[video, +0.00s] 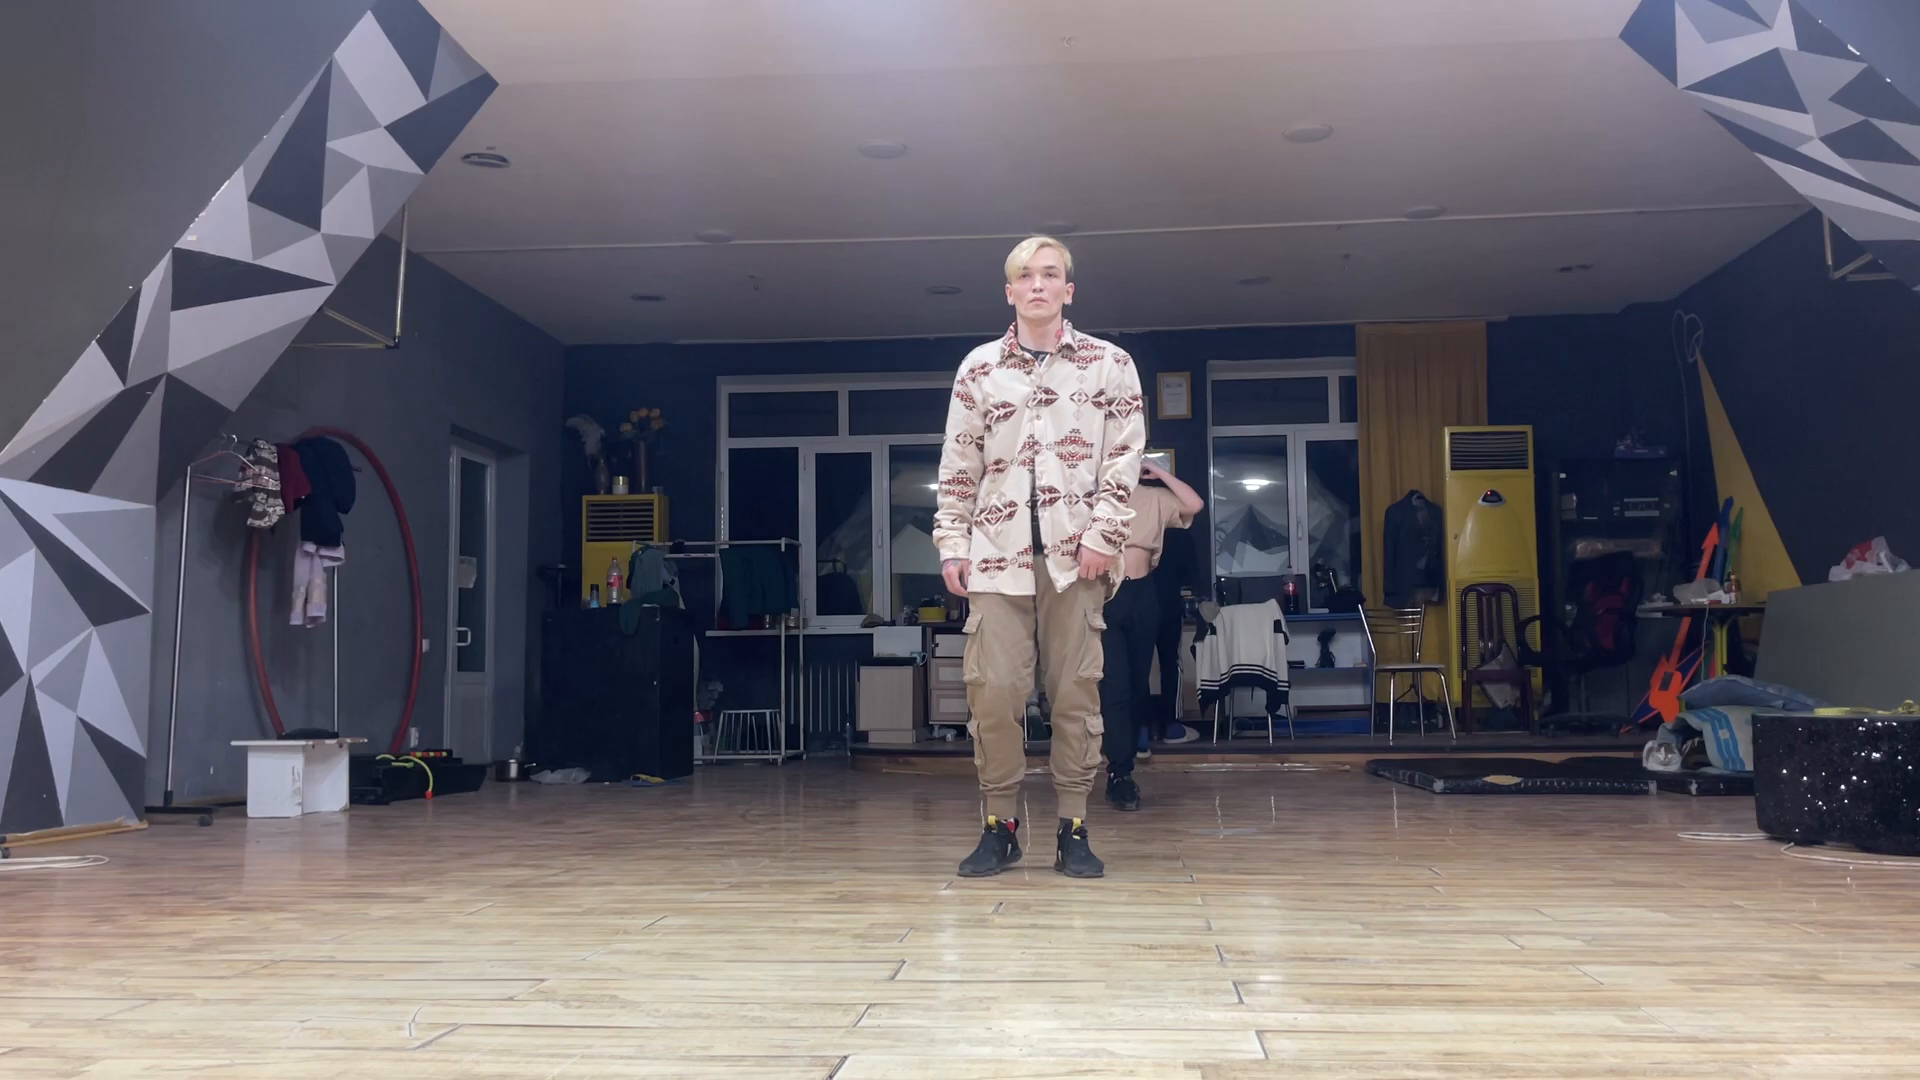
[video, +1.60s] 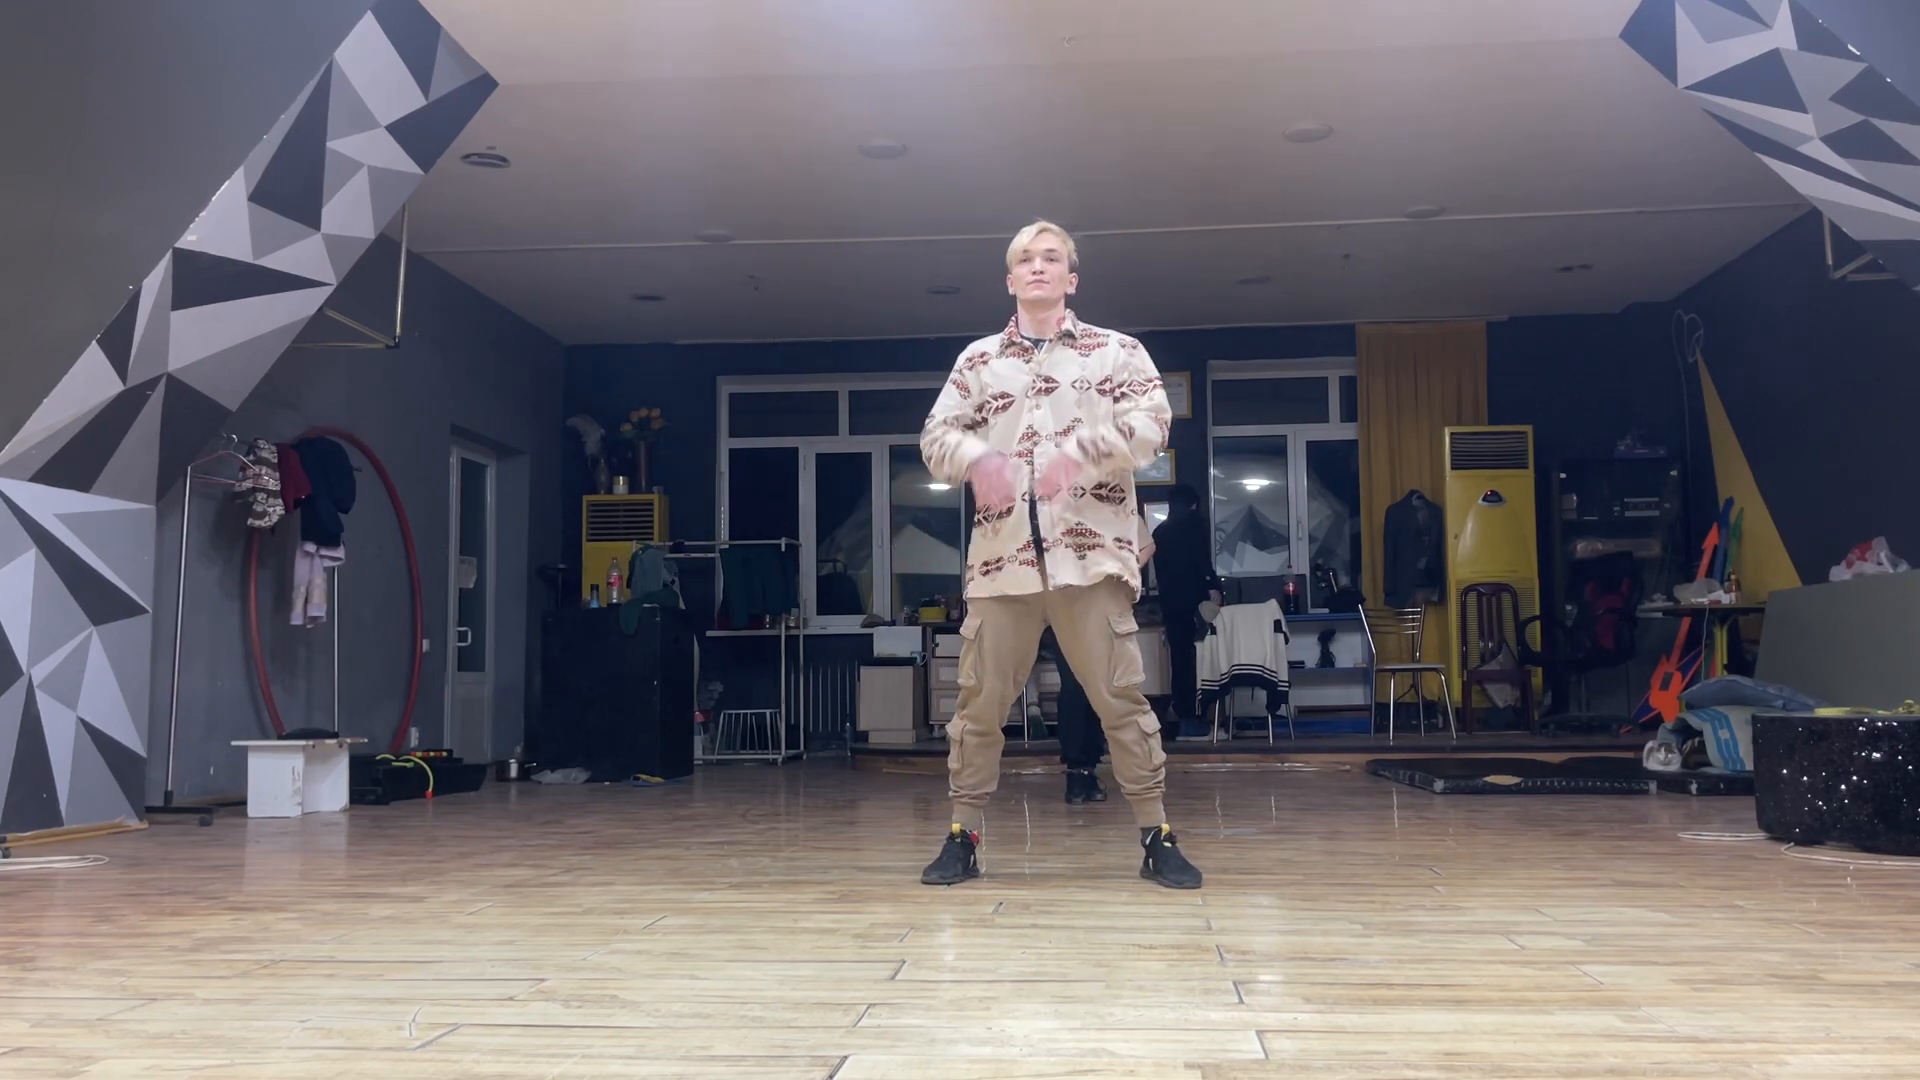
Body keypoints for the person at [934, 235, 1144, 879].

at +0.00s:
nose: (1037, 284)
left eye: (1049, 275)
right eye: (1025, 275)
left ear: (1068, 288)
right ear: (1008, 289)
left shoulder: (1109, 363)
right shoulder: (979, 367)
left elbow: (1125, 460)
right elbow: (957, 466)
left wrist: (1103, 537)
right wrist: (952, 543)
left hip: (1076, 554)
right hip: (995, 555)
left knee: (1073, 693)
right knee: (995, 692)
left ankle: (1074, 830)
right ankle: (1000, 828)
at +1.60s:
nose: (1038, 267)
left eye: (1050, 258)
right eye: (1026, 260)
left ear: (1072, 278)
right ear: (1008, 280)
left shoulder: (1116, 351)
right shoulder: (977, 361)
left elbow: (1150, 427)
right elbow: (937, 437)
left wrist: (1081, 452)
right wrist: (977, 458)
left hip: (1092, 553)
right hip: (1002, 557)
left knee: (1120, 695)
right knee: (981, 700)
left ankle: (1157, 836)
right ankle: (962, 837)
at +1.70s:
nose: (1043, 262)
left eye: (1056, 253)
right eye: (1031, 253)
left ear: (1076, 271)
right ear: (1013, 271)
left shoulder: (1107, 342)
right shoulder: (983, 346)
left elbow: (1158, 394)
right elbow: (937, 418)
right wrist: (972, 362)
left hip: (1091, 561)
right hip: (998, 563)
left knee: (1122, 701)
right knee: (977, 703)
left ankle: (1155, 836)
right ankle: (962, 837)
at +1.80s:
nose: (1055, 266)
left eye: (1066, 257)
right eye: (1041, 257)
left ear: (1084, 270)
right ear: (1019, 272)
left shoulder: (1116, 335)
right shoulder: (995, 337)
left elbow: (1167, 388)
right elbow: (961, 403)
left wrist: (1129, 325)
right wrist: (1011, 335)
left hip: (1094, 562)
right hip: (1004, 564)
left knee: (1137, 690)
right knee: (977, 710)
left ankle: (1098, 834)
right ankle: (961, 837)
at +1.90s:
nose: (1083, 277)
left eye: (1091, 268)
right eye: (1068, 267)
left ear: (1101, 283)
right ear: (1038, 282)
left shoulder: (1116, 371)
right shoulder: (1003, 363)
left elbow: (1147, 457)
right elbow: (998, 462)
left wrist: (1159, 488)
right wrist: (1089, 490)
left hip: (1104, 571)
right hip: (1023, 573)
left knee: (1113, 709)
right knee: (1017, 717)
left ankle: (1051, 846)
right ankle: (962, 822)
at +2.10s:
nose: (1114, 291)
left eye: (1123, 281)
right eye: (1100, 279)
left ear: (1130, 290)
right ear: (1067, 287)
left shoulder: (1100, 371)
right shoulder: (1041, 351)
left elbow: (1109, 469)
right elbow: (1017, 417)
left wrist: (1170, 486)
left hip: (1096, 560)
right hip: (1044, 549)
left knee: (1144, 698)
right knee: (1076, 676)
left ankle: (1061, 839)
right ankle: (973, 831)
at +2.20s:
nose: (1123, 316)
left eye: (1129, 304)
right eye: (1109, 304)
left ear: (1132, 307)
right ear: (1067, 309)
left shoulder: (1103, 375)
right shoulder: (1050, 357)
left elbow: (1116, 378)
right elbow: (1020, 316)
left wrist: (1151, 367)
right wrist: (1095, 253)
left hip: (1085, 580)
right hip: (1054, 573)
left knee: (1139, 711)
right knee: (1085, 716)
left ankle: (1063, 841)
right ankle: (962, 853)